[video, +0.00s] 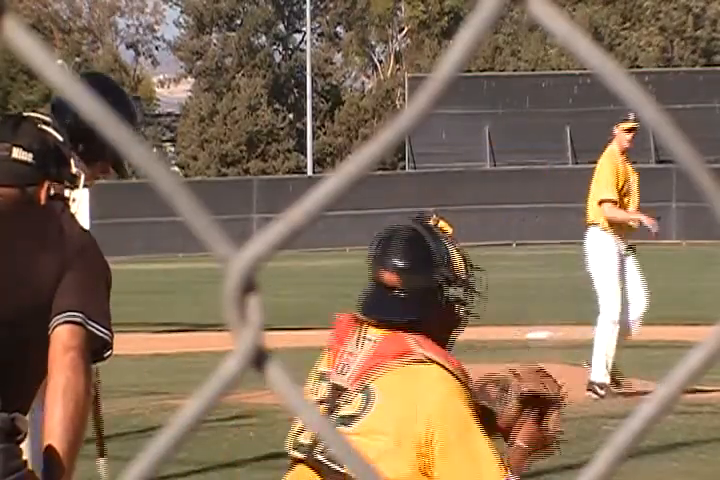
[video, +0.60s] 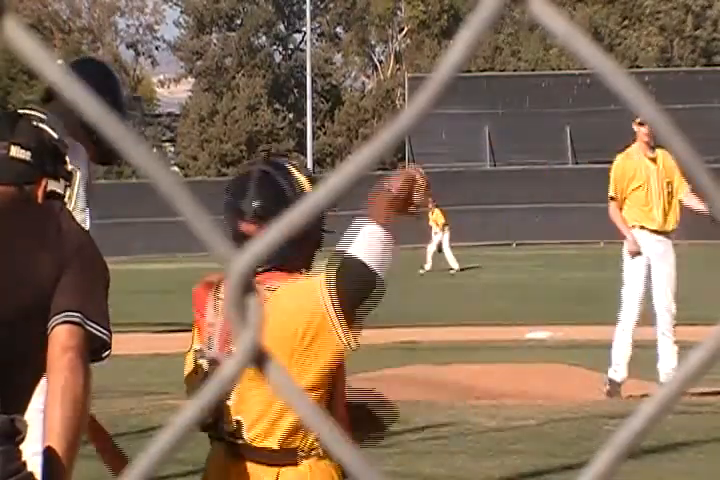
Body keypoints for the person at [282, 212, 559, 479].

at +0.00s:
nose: (459, 308)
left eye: (457, 294)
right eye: (452, 294)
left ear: (379, 291)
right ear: (434, 302)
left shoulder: (343, 349)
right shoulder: (435, 388)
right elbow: (481, 473)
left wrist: (476, 418)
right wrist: (522, 448)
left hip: (305, 468)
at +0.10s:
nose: (430, 291)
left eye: (429, 279)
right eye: (423, 278)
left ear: (347, 275)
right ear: (405, 286)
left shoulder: (316, 338)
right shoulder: (406, 376)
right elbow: (460, 474)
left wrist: (444, 379)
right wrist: (492, 417)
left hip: (281, 471)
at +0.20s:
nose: (400, 276)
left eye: (399, 264)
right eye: (394, 264)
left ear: (320, 263)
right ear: (374, 273)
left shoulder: (289, 322)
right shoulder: (381, 356)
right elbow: (442, 470)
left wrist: (421, 347)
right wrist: (469, 382)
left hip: (266, 468)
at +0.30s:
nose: (376, 259)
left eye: (375, 247)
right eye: (369, 247)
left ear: (293, 250)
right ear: (349, 256)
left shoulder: (262, 314)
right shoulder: (358, 345)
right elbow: (442, 437)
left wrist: (402, 327)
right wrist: (452, 339)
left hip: (250, 470)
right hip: (326, 473)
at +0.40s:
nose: (354, 244)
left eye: (353, 231)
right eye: (345, 232)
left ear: (278, 244)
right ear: (319, 243)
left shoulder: (245, 312)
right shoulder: (338, 334)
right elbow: (437, 387)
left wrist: (376, 332)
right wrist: (439, 295)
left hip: (237, 466)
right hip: (308, 471)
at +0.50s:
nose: (333, 242)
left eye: (332, 228)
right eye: (326, 228)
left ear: (258, 229)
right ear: (303, 236)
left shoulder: (230, 303)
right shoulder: (313, 320)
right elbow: (410, 336)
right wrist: (416, 238)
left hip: (229, 464)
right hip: (302, 470)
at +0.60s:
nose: (321, 237)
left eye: (318, 224)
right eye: (315, 225)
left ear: (241, 232)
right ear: (305, 235)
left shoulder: (212, 300)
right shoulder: (322, 298)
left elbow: (197, 387)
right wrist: (383, 212)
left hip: (227, 466)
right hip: (306, 467)